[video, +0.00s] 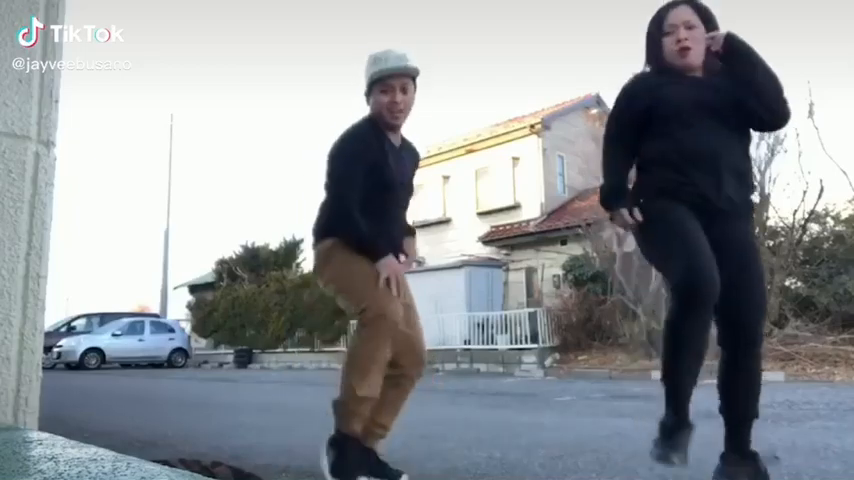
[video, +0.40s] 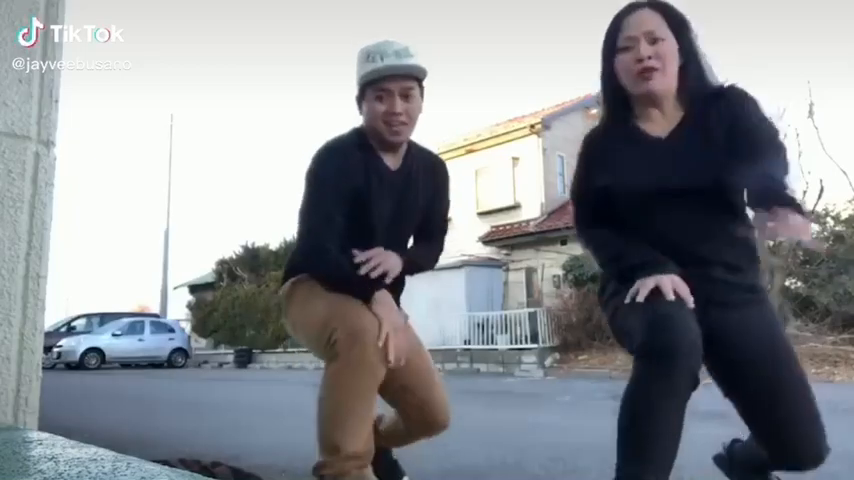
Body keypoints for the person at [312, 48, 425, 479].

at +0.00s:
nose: (397, 99)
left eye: (405, 90)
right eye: (386, 90)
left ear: (414, 95)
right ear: (369, 96)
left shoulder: (408, 154)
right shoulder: (354, 143)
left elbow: (394, 207)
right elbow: (343, 211)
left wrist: (405, 241)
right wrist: (381, 253)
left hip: (384, 256)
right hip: (339, 249)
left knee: (410, 353)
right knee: (382, 312)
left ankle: (366, 447)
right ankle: (345, 439)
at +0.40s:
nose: (395, 108)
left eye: (406, 96)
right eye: (381, 97)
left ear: (420, 102)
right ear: (361, 104)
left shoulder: (431, 169)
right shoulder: (336, 158)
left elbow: (431, 246)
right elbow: (316, 253)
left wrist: (402, 259)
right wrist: (375, 292)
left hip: (381, 300)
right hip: (315, 288)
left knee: (430, 415)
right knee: (361, 335)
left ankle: (372, 440)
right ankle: (344, 470)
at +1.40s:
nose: (354, 177)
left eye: (373, 158)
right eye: (333, 160)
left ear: (397, 168)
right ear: (309, 174)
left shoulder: (442, 233)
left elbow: (444, 349)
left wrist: (351, 375)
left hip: (415, 404)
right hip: (315, 409)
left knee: (464, 471)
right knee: (410, 413)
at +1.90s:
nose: (362, 163)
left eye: (363, 157)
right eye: (359, 156)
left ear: (342, 154)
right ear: (343, 153)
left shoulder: (332, 190)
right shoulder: (328, 179)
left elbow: (374, 234)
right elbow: (370, 209)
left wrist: (419, 240)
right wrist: (419, 212)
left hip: (301, 270)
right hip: (302, 269)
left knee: (328, 339)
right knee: (346, 326)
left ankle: (313, 418)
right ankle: (321, 413)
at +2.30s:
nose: (352, 168)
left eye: (353, 162)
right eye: (349, 161)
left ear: (339, 163)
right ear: (332, 158)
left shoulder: (345, 204)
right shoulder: (306, 182)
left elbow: (379, 246)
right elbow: (328, 218)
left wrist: (417, 253)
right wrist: (377, 223)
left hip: (312, 282)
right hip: (273, 275)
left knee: (331, 337)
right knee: (259, 342)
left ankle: (303, 413)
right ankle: (248, 413)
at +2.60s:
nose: (379, 168)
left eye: (380, 162)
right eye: (376, 161)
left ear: (353, 158)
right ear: (360, 157)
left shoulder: (337, 181)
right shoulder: (362, 186)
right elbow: (397, 218)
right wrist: (440, 208)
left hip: (301, 261)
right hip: (324, 264)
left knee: (302, 340)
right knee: (357, 329)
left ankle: (294, 418)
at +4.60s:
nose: (355, 152)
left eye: (356, 146)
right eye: (352, 144)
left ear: (336, 143)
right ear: (336, 140)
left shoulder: (334, 182)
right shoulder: (316, 166)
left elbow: (368, 235)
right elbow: (343, 210)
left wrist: (405, 233)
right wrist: (392, 215)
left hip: (311, 270)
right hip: (282, 257)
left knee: (316, 336)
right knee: (262, 329)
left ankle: (282, 416)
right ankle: (220, 409)